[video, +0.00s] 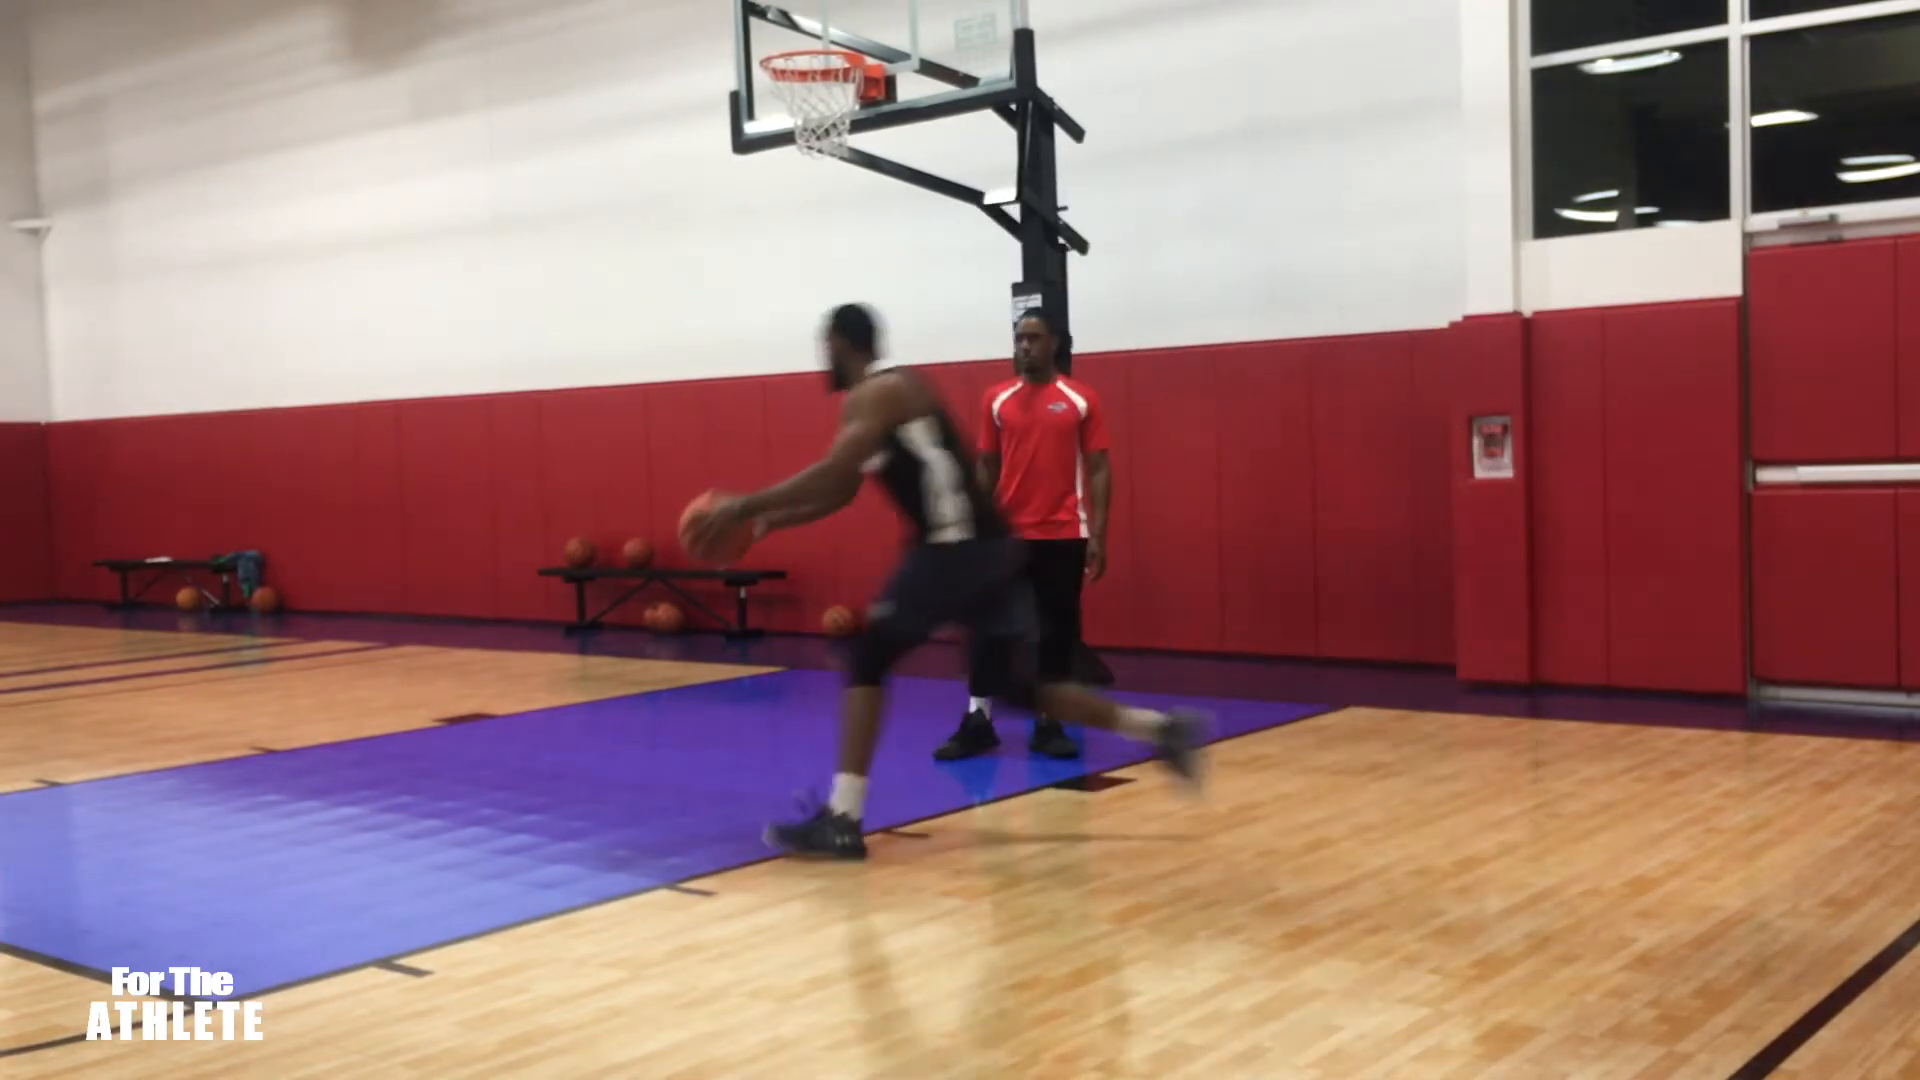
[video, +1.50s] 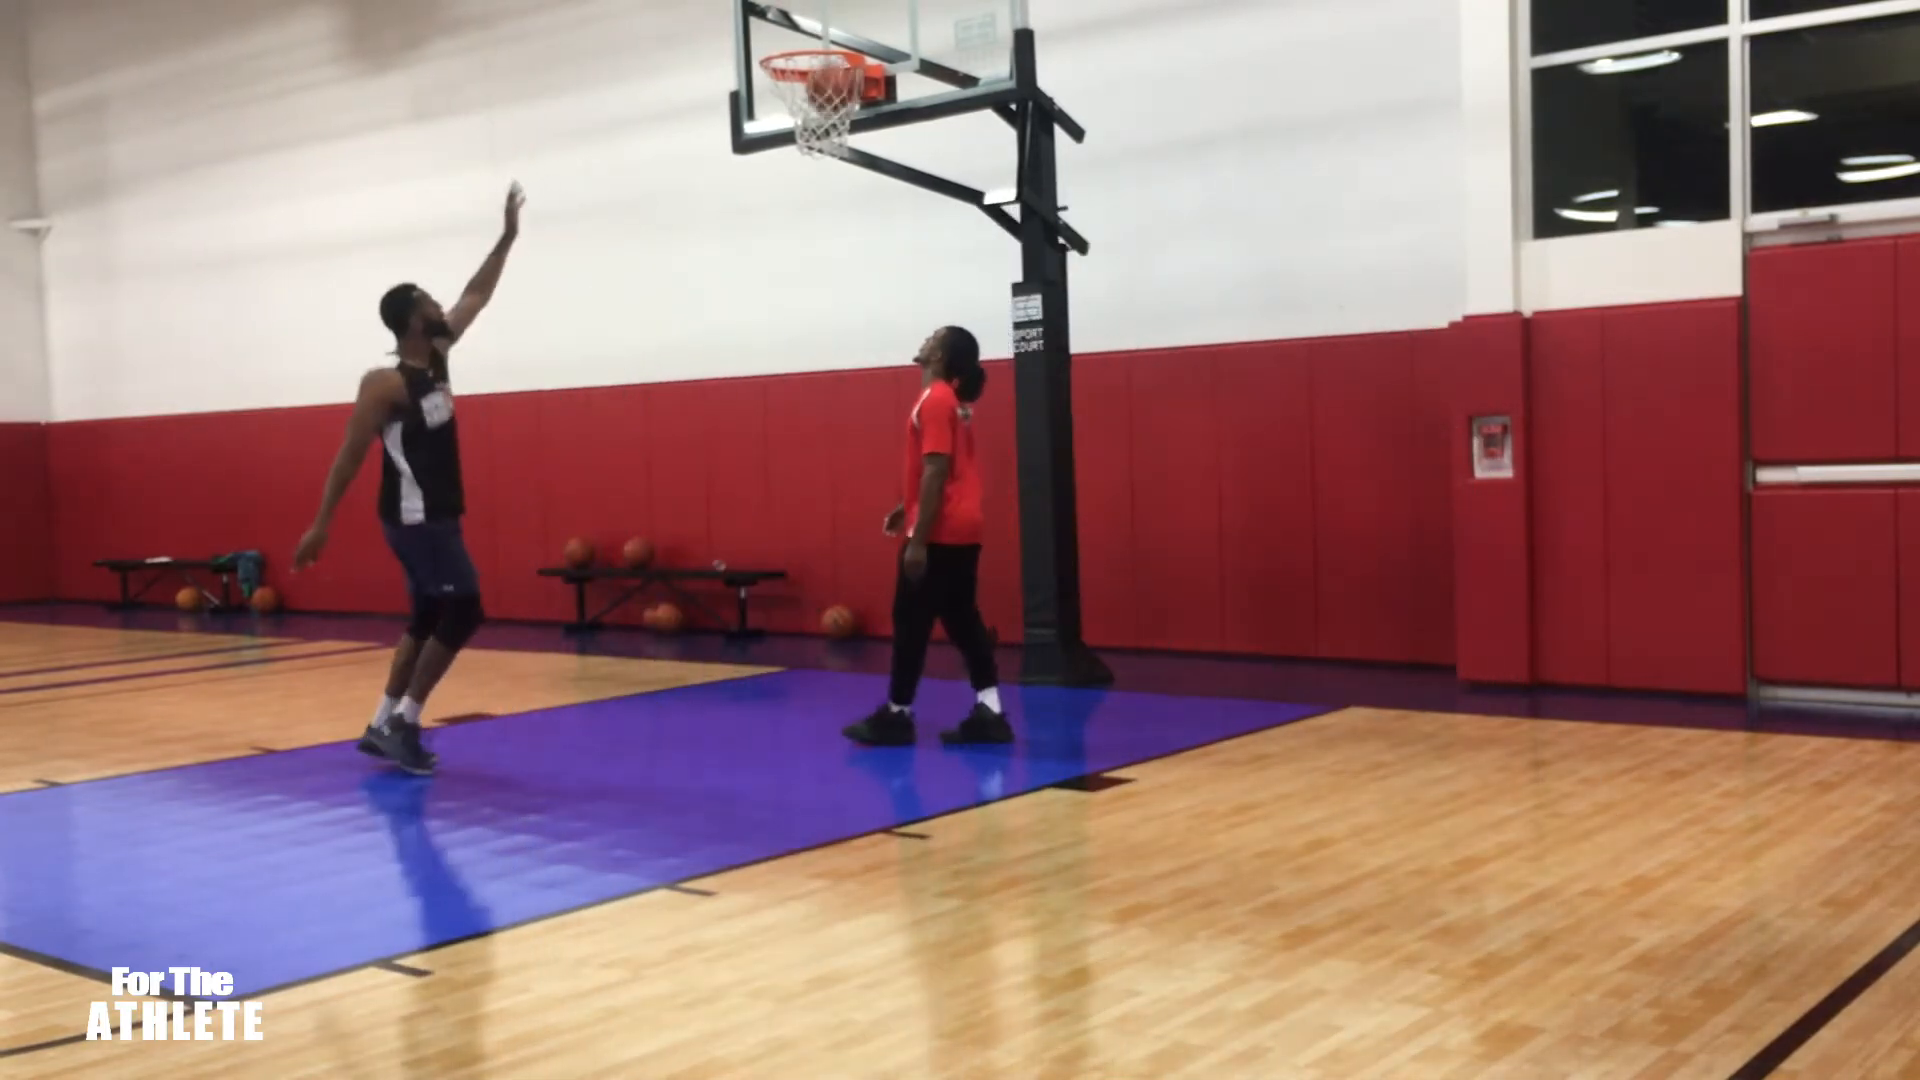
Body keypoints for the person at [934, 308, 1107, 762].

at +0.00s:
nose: (1024, 346)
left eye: (1034, 338)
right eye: (1020, 338)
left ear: (1056, 344)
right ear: (1014, 346)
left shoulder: (1080, 400)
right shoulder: (997, 400)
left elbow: (1098, 469)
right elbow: (987, 465)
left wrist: (1097, 537)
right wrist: (977, 520)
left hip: (1062, 537)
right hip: (1007, 534)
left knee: (1058, 631)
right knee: (987, 622)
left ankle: (1051, 721)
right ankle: (978, 717)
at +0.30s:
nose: (1012, 341)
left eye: (1022, 335)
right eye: (1011, 334)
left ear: (1048, 344)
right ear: (1009, 341)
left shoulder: (1074, 404)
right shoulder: (994, 397)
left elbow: (1091, 475)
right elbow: (984, 460)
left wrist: (1087, 543)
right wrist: (965, 510)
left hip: (1051, 535)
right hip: (997, 533)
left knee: (1055, 630)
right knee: (985, 623)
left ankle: (1048, 722)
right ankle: (984, 712)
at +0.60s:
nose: (988, 338)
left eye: (999, 334)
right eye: (991, 332)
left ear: (1022, 347)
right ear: (999, 346)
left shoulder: (1043, 403)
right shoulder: (980, 399)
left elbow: (1060, 477)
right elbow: (981, 461)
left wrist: (1049, 542)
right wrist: (952, 507)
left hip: (1027, 541)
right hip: (984, 539)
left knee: (1038, 632)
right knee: (978, 623)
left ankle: (1047, 722)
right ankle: (991, 714)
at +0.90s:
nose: (963, 339)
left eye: (975, 336)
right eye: (968, 333)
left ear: (993, 354)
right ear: (975, 353)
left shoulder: (998, 400)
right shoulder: (966, 401)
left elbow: (1002, 472)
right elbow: (966, 471)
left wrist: (980, 540)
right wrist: (935, 508)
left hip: (996, 538)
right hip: (961, 538)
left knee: (1012, 626)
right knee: (965, 622)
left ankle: (1036, 719)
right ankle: (988, 713)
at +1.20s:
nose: (945, 337)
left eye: (955, 334)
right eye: (950, 331)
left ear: (970, 351)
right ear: (966, 352)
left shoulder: (968, 396)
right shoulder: (957, 395)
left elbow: (966, 468)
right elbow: (953, 469)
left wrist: (927, 531)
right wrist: (919, 502)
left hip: (968, 523)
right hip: (965, 520)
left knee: (952, 616)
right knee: (976, 614)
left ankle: (973, 713)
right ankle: (992, 711)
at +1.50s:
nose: (922, 342)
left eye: (931, 339)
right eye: (928, 337)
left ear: (941, 354)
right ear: (948, 358)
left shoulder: (935, 397)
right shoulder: (948, 397)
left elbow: (936, 468)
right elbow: (940, 468)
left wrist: (919, 537)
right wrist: (908, 510)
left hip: (937, 533)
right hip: (957, 531)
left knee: (910, 618)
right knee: (962, 618)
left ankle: (897, 712)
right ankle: (989, 709)